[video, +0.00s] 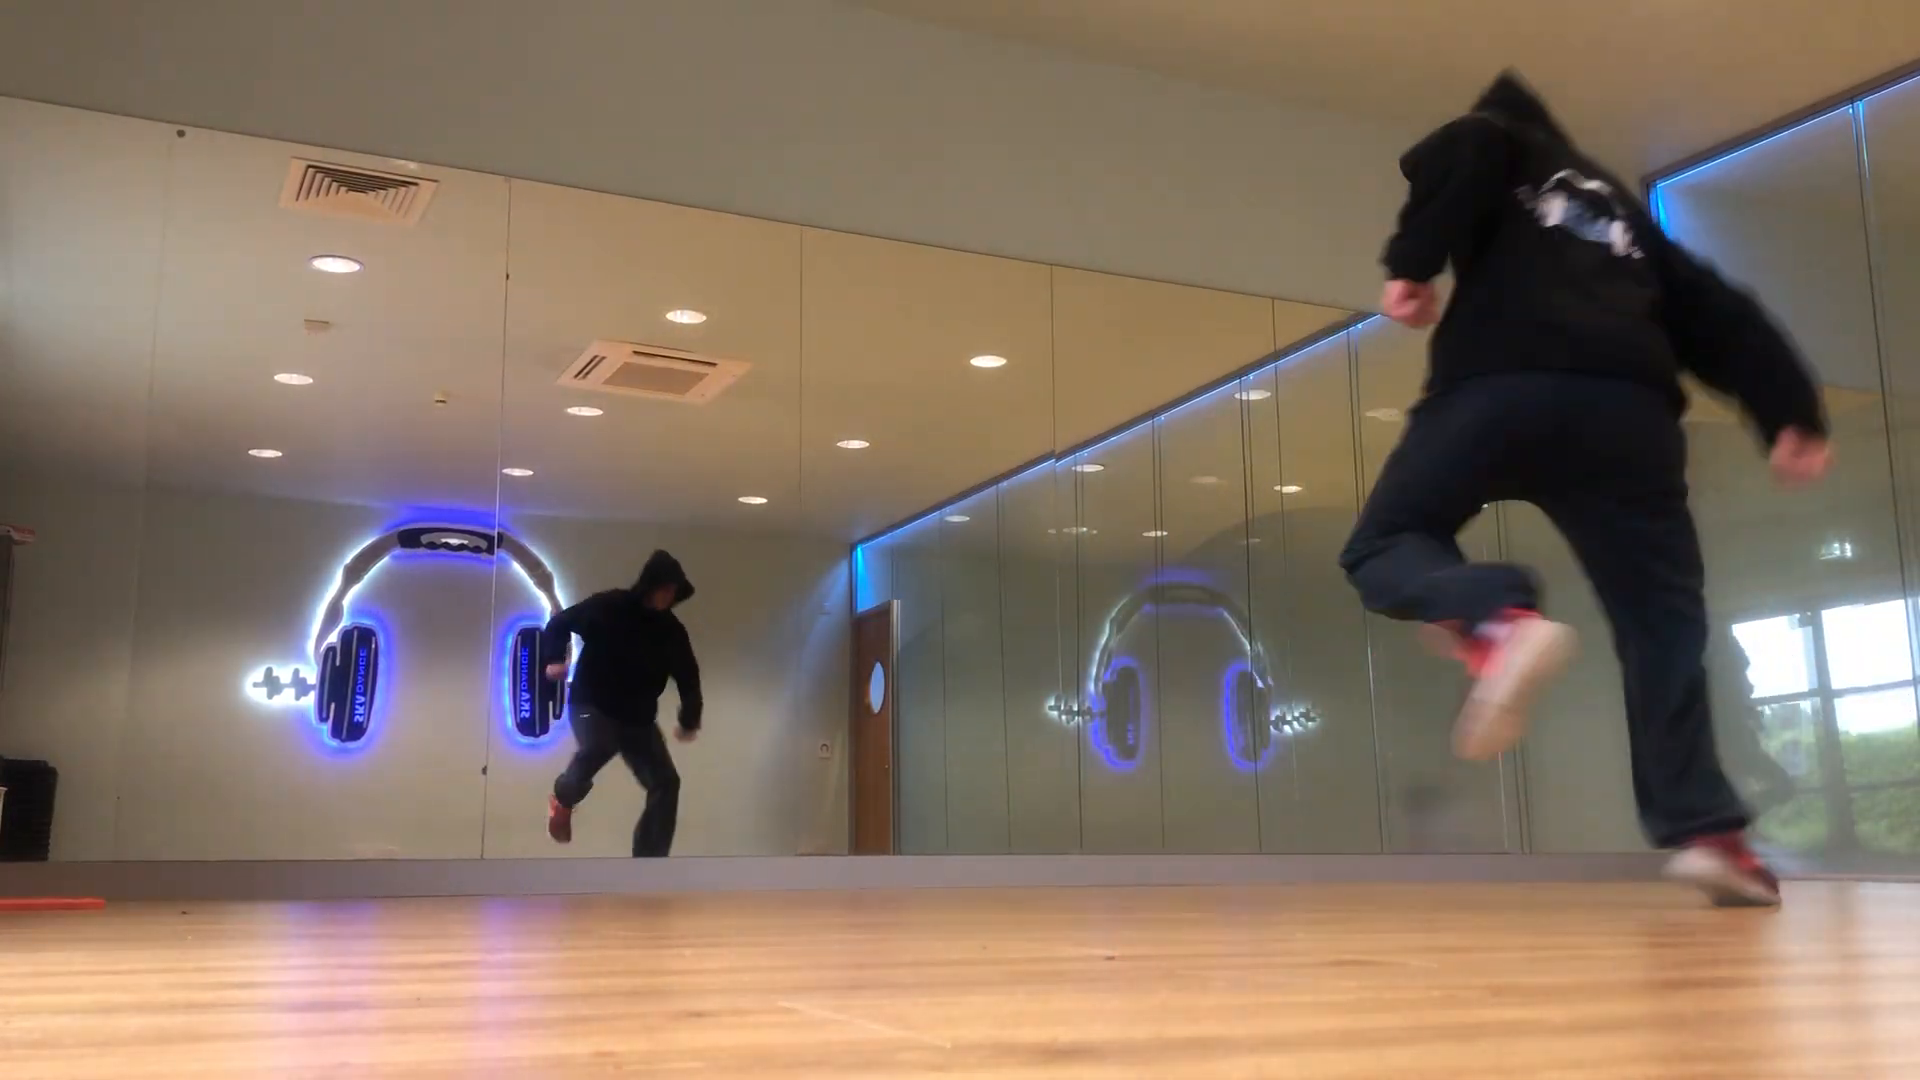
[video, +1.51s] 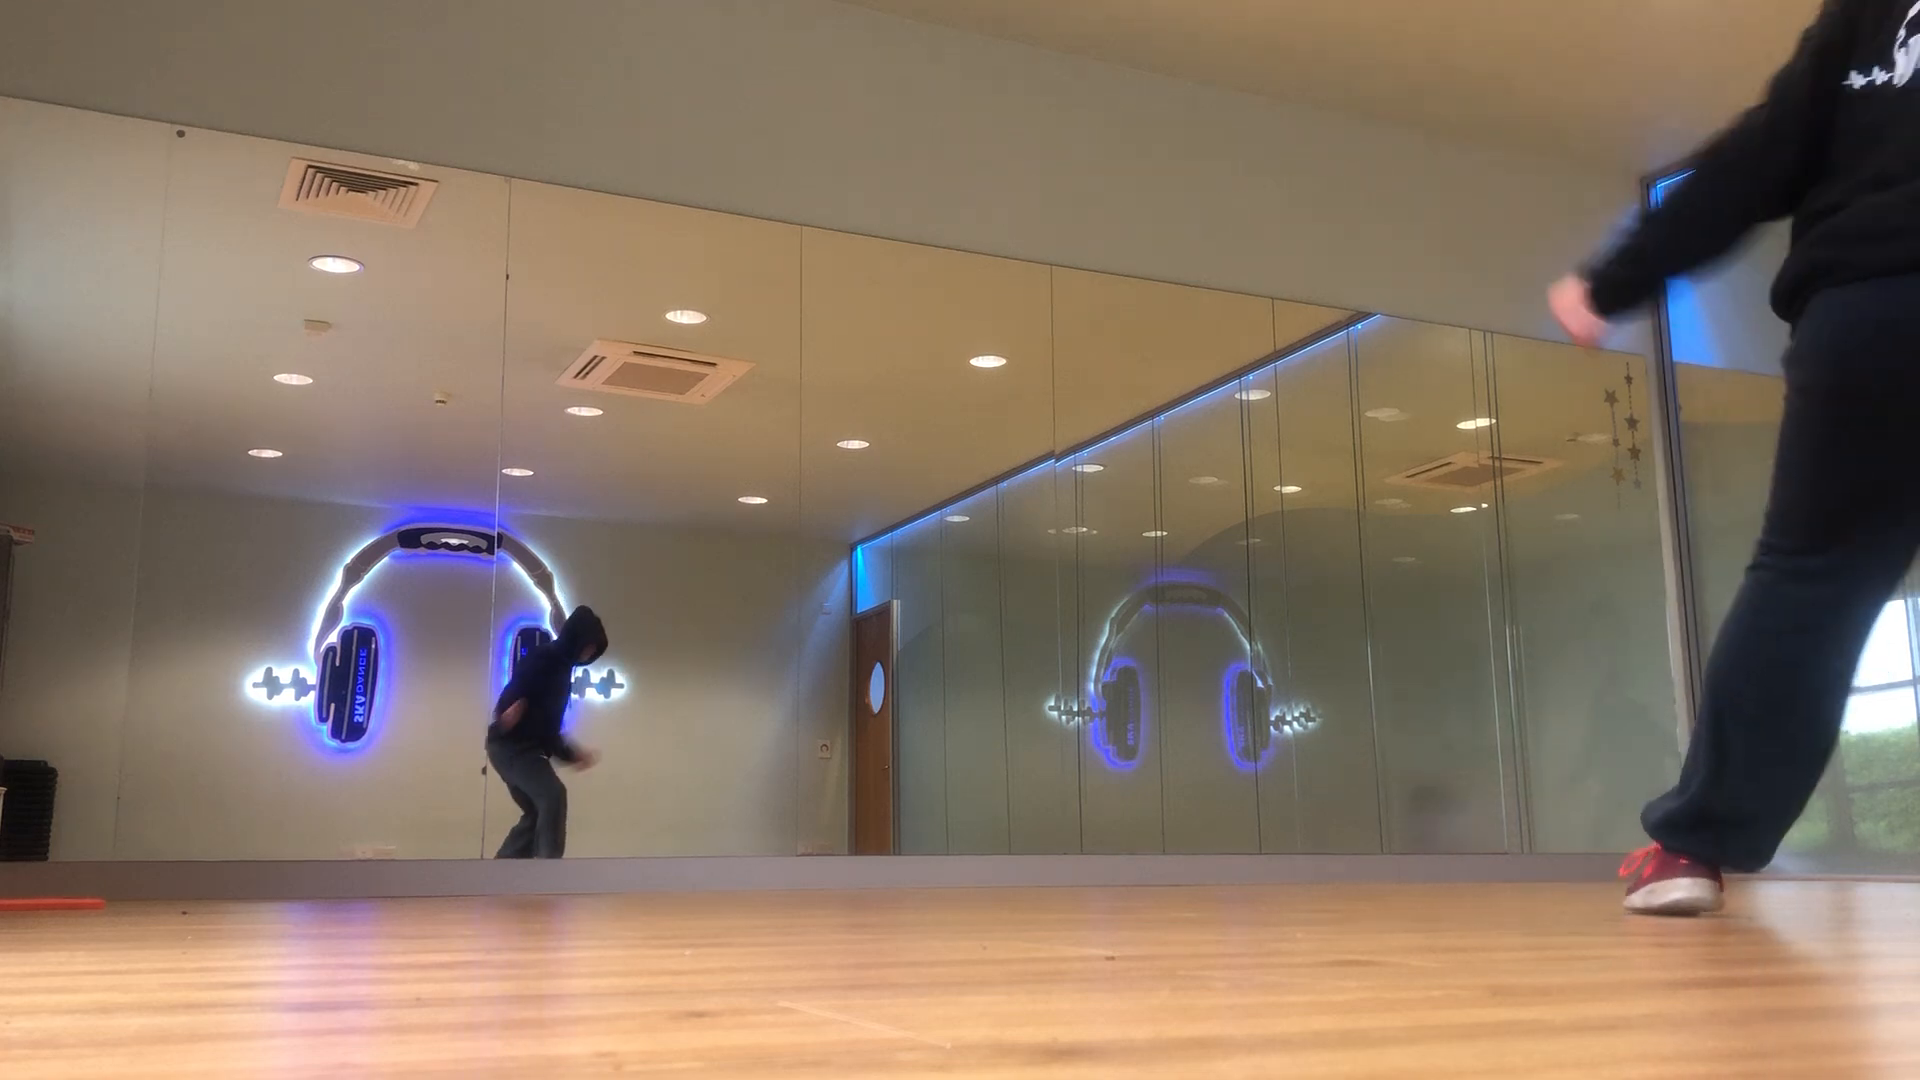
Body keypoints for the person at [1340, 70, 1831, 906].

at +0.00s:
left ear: (1492, 131)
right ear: (1559, 146)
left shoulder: (1487, 144)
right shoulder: (1633, 224)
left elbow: (1461, 162)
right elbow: (1719, 311)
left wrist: (1410, 266)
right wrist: (1790, 409)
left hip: (1495, 394)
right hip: (1628, 418)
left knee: (1386, 547)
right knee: (1663, 623)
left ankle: (1498, 622)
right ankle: (1705, 830)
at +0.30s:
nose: (1425, 238)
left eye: (1418, 220)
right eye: (1415, 226)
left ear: (1425, 174)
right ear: (1451, 144)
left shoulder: (1492, 174)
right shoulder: (1530, 167)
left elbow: (1474, 344)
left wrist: (1444, 303)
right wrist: (1649, 423)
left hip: (1725, 363)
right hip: (1755, 355)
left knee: (1665, 592)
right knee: (1704, 604)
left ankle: (1754, 845)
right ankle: (1813, 828)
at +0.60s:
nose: (1441, 81)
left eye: (1445, 61)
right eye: (1441, 68)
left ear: (1462, 32)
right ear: (1532, 11)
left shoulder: (1492, 46)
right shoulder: (1608, 60)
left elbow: (1569, 81)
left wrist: (1614, 152)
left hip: (1661, 331)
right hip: (1771, 301)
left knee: (1647, 605)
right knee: (1869, 487)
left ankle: (1732, 831)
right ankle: (1899, 397)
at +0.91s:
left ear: (1542, 69)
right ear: (1634, 52)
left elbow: (1377, 201)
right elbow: (1895, 165)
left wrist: (1472, 173)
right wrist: (1887, 287)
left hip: (1658, 342)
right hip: (1814, 317)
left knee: (1640, 597)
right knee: (1818, 530)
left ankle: (1675, 849)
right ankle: (1900, 675)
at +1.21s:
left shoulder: (1657, 19)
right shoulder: (1643, 18)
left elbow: (1511, 56)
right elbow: (1513, 56)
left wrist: (1395, 137)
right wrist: (1398, 136)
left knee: (1753, 548)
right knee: (1754, 547)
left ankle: (1682, 834)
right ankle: (1682, 833)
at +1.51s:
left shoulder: (1872, 18)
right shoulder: (1865, 24)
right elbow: (1772, 149)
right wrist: (1619, 276)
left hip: (1875, 327)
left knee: (1807, 573)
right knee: (1812, 576)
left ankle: (1696, 844)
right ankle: (1699, 841)